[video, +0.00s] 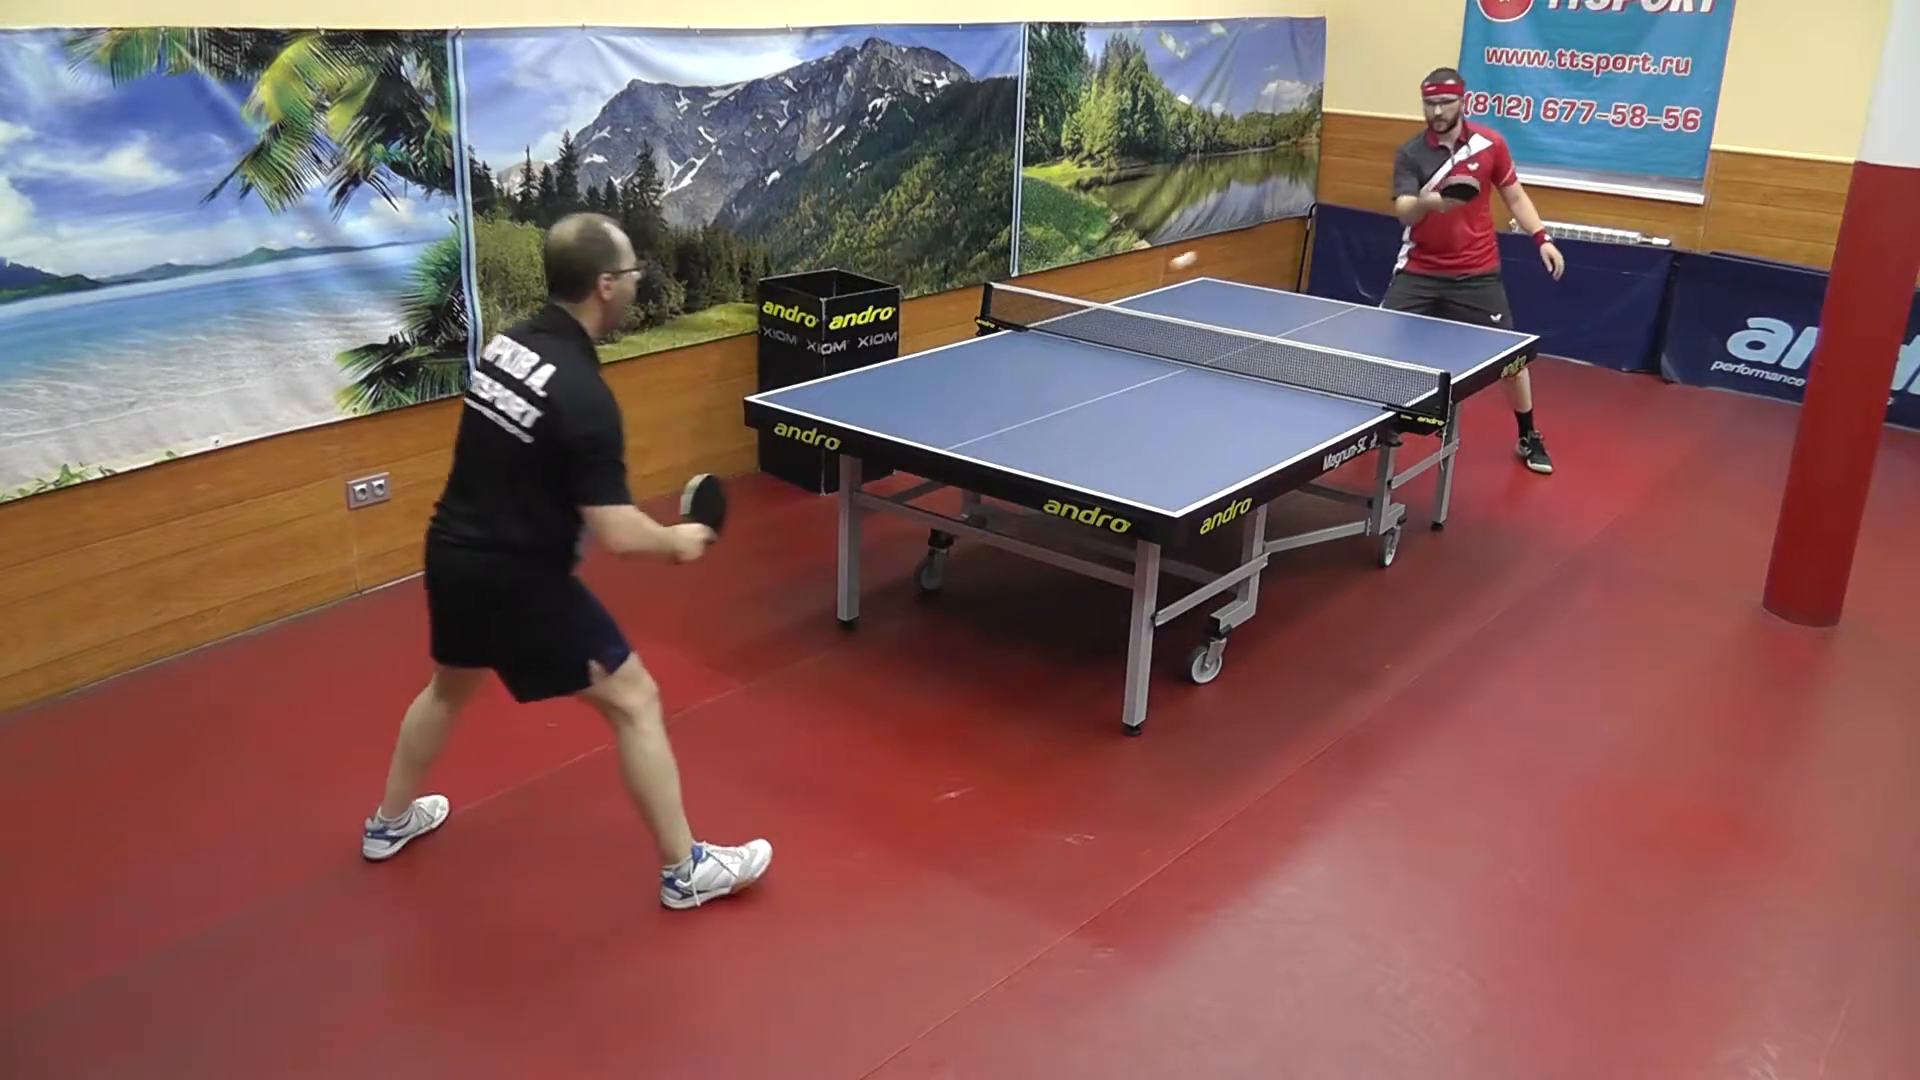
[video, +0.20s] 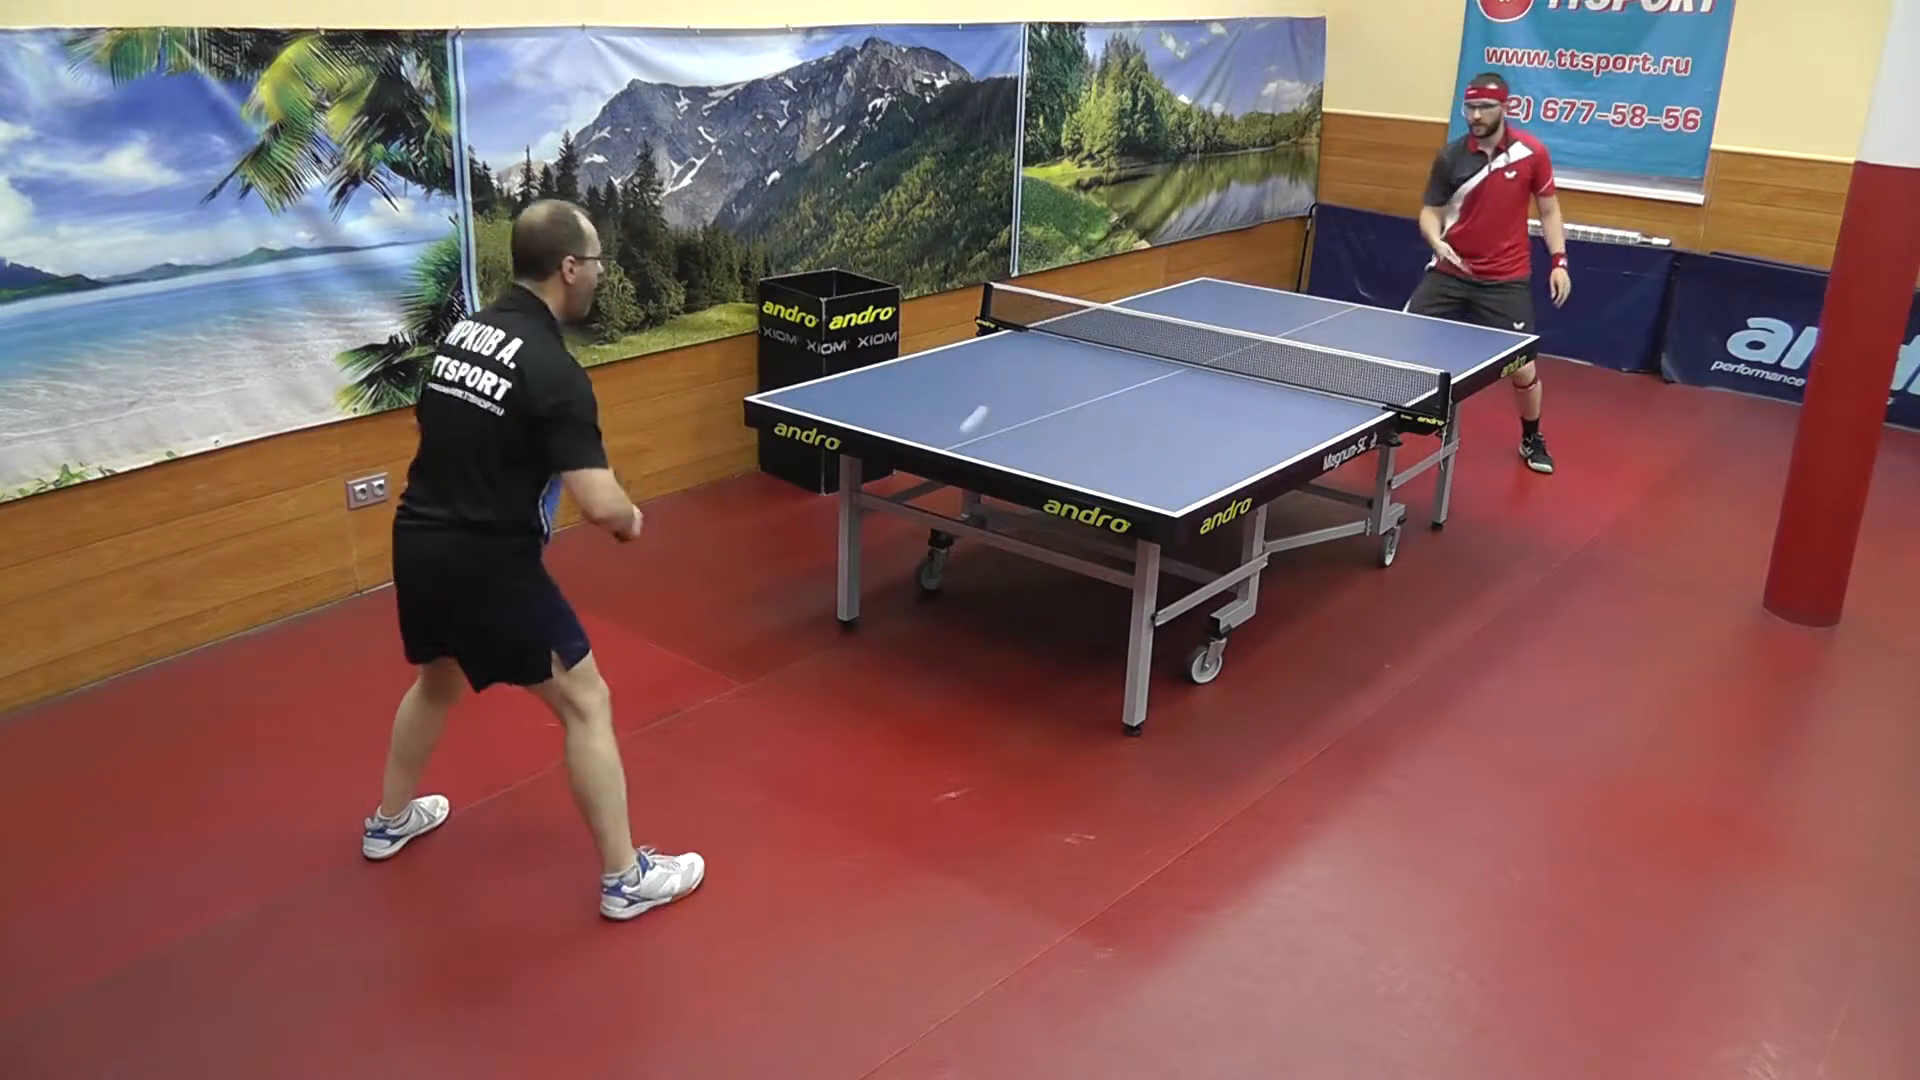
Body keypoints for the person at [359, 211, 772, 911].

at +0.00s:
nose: (637, 283)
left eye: (634, 270)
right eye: (631, 272)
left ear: (568, 283)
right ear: (603, 287)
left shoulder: (512, 342)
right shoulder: (586, 398)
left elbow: (512, 458)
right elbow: (614, 526)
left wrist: (588, 514)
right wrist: (674, 540)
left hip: (452, 558)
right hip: (523, 578)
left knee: (446, 689)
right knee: (634, 699)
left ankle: (388, 819)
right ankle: (684, 865)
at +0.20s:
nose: (600, 275)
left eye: (599, 261)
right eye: (596, 262)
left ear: (529, 267)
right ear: (569, 269)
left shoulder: (468, 330)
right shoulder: (555, 369)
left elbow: (455, 435)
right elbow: (596, 496)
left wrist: (550, 484)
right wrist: (626, 516)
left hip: (419, 547)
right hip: (494, 561)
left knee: (439, 681)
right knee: (585, 702)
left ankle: (390, 816)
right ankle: (624, 872)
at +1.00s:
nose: (612, 270)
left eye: (607, 258)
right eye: (606, 259)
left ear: (540, 275)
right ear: (588, 273)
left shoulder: (494, 357)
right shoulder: (622, 353)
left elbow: (435, 463)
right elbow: (732, 401)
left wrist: (483, 522)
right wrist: (856, 405)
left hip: (476, 567)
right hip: (564, 574)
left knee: (436, 700)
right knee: (643, 700)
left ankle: (388, 821)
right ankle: (630, 874)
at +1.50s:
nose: (582, 252)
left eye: (578, 241)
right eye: (574, 244)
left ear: (516, 258)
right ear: (547, 257)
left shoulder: (462, 322)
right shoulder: (555, 349)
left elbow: (420, 414)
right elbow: (595, 478)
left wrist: (485, 455)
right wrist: (669, 548)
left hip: (427, 530)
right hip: (500, 547)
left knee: (440, 648)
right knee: (586, 687)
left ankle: (402, 770)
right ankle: (623, 859)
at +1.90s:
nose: (569, 279)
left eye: (568, 266)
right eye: (561, 267)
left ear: (517, 276)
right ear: (519, 277)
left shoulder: (505, 336)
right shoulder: (467, 358)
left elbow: (520, 413)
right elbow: (425, 491)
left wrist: (579, 458)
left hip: (472, 533)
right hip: (464, 547)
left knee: (470, 642)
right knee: (562, 676)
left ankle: (391, 755)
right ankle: (597, 855)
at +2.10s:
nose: (500, 271)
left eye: (500, 258)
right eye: (488, 260)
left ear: (450, 264)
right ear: (440, 266)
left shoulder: (466, 321)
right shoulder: (404, 347)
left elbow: (487, 401)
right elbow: (369, 463)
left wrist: (540, 448)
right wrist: (422, 521)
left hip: (467, 521)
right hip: (439, 534)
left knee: (462, 650)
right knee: (510, 685)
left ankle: (389, 757)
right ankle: (571, 847)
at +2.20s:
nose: (468, 253)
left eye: (469, 239)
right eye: (455, 244)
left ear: (436, 242)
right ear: (410, 248)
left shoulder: (440, 299)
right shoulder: (390, 327)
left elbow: (448, 403)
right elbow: (417, 445)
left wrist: (501, 451)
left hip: (450, 509)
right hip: (424, 522)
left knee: (453, 647)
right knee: (496, 677)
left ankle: (388, 759)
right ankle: (538, 848)